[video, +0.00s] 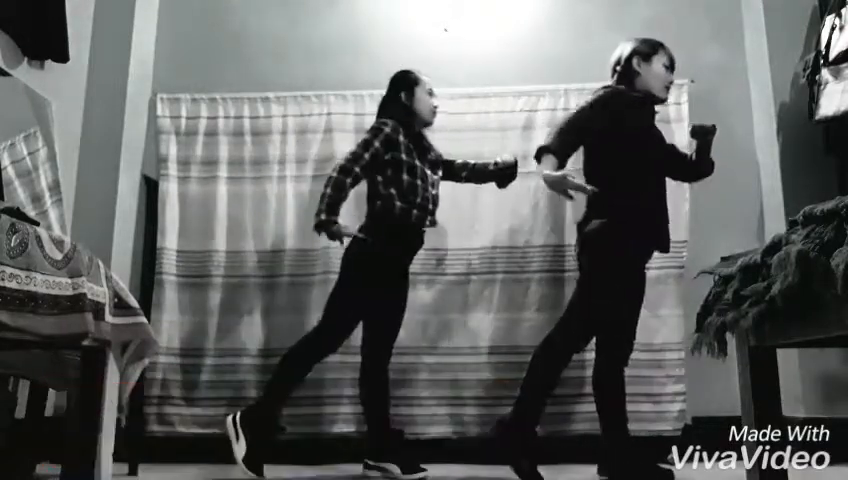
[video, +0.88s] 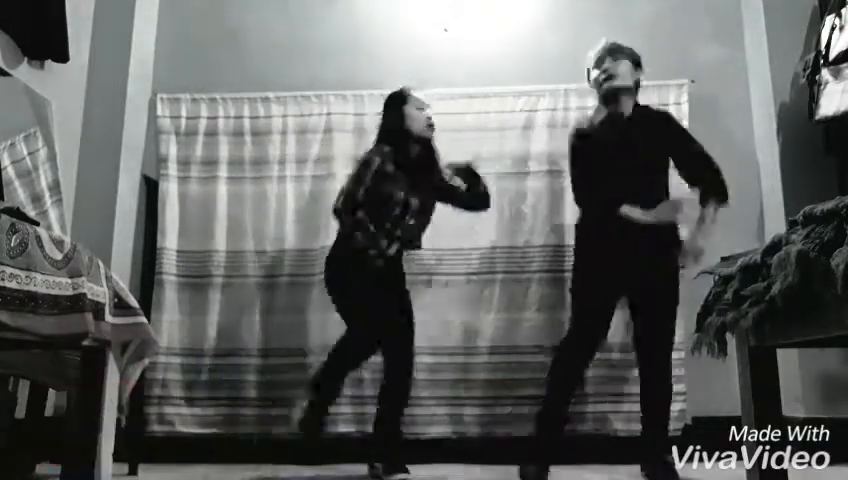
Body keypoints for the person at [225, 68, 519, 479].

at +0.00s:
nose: (436, 102)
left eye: (434, 95)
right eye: (429, 94)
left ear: (410, 100)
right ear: (405, 98)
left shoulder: (420, 147)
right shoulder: (387, 132)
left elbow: (451, 169)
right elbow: (348, 169)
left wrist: (499, 171)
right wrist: (326, 217)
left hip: (395, 258)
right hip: (372, 254)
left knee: (378, 355)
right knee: (327, 338)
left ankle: (381, 449)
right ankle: (255, 421)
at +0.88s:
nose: (429, 115)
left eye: (427, 108)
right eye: (419, 108)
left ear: (419, 120)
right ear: (399, 118)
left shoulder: (426, 171)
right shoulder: (378, 159)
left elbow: (478, 202)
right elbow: (345, 208)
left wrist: (469, 175)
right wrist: (381, 248)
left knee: (401, 359)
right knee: (367, 332)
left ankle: (386, 452)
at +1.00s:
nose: (384, 97)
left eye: (388, 90)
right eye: (374, 91)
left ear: (397, 101)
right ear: (359, 103)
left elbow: (452, 175)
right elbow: (347, 202)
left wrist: (421, 213)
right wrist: (385, 206)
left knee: (392, 352)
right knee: (319, 323)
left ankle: (387, 450)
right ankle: (327, 402)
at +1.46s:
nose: (268, 104)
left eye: (275, 97)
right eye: (271, 97)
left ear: (294, 100)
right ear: (305, 100)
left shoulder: (298, 139)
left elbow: (274, 206)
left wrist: (234, 251)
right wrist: (234, 250)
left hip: (293, 254)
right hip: (306, 254)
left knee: (245, 337)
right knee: (290, 348)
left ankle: (227, 435)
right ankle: (303, 443)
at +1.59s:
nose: (245, 96)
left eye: (251, 90)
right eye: (248, 89)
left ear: (264, 95)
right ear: (281, 97)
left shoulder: (269, 133)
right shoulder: (284, 134)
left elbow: (226, 157)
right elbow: (230, 156)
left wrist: (181, 151)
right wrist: (188, 152)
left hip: (266, 257)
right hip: (272, 257)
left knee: (230, 351)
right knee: (285, 354)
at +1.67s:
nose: (222, 89)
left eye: (228, 82)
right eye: (227, 81)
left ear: (237, 89)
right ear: (263, 92)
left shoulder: (233, 131)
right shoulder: (267, 136)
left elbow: (186, 168)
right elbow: (284, 194)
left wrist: (166, 145)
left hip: (244, 243)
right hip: (268, 243)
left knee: (223, 349)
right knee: (278, 349)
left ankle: (200, 449)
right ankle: (300, 445)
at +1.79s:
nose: (194, 85)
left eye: (199, 78)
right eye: (198, 77)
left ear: (207, 82)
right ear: (240, 86)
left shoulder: (203, 120)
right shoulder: (249, 133)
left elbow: (168, 169)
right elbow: (266, 195)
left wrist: (153, 151)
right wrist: (259, 239)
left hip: (220, 239)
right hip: (248, 239)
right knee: (267, 345)